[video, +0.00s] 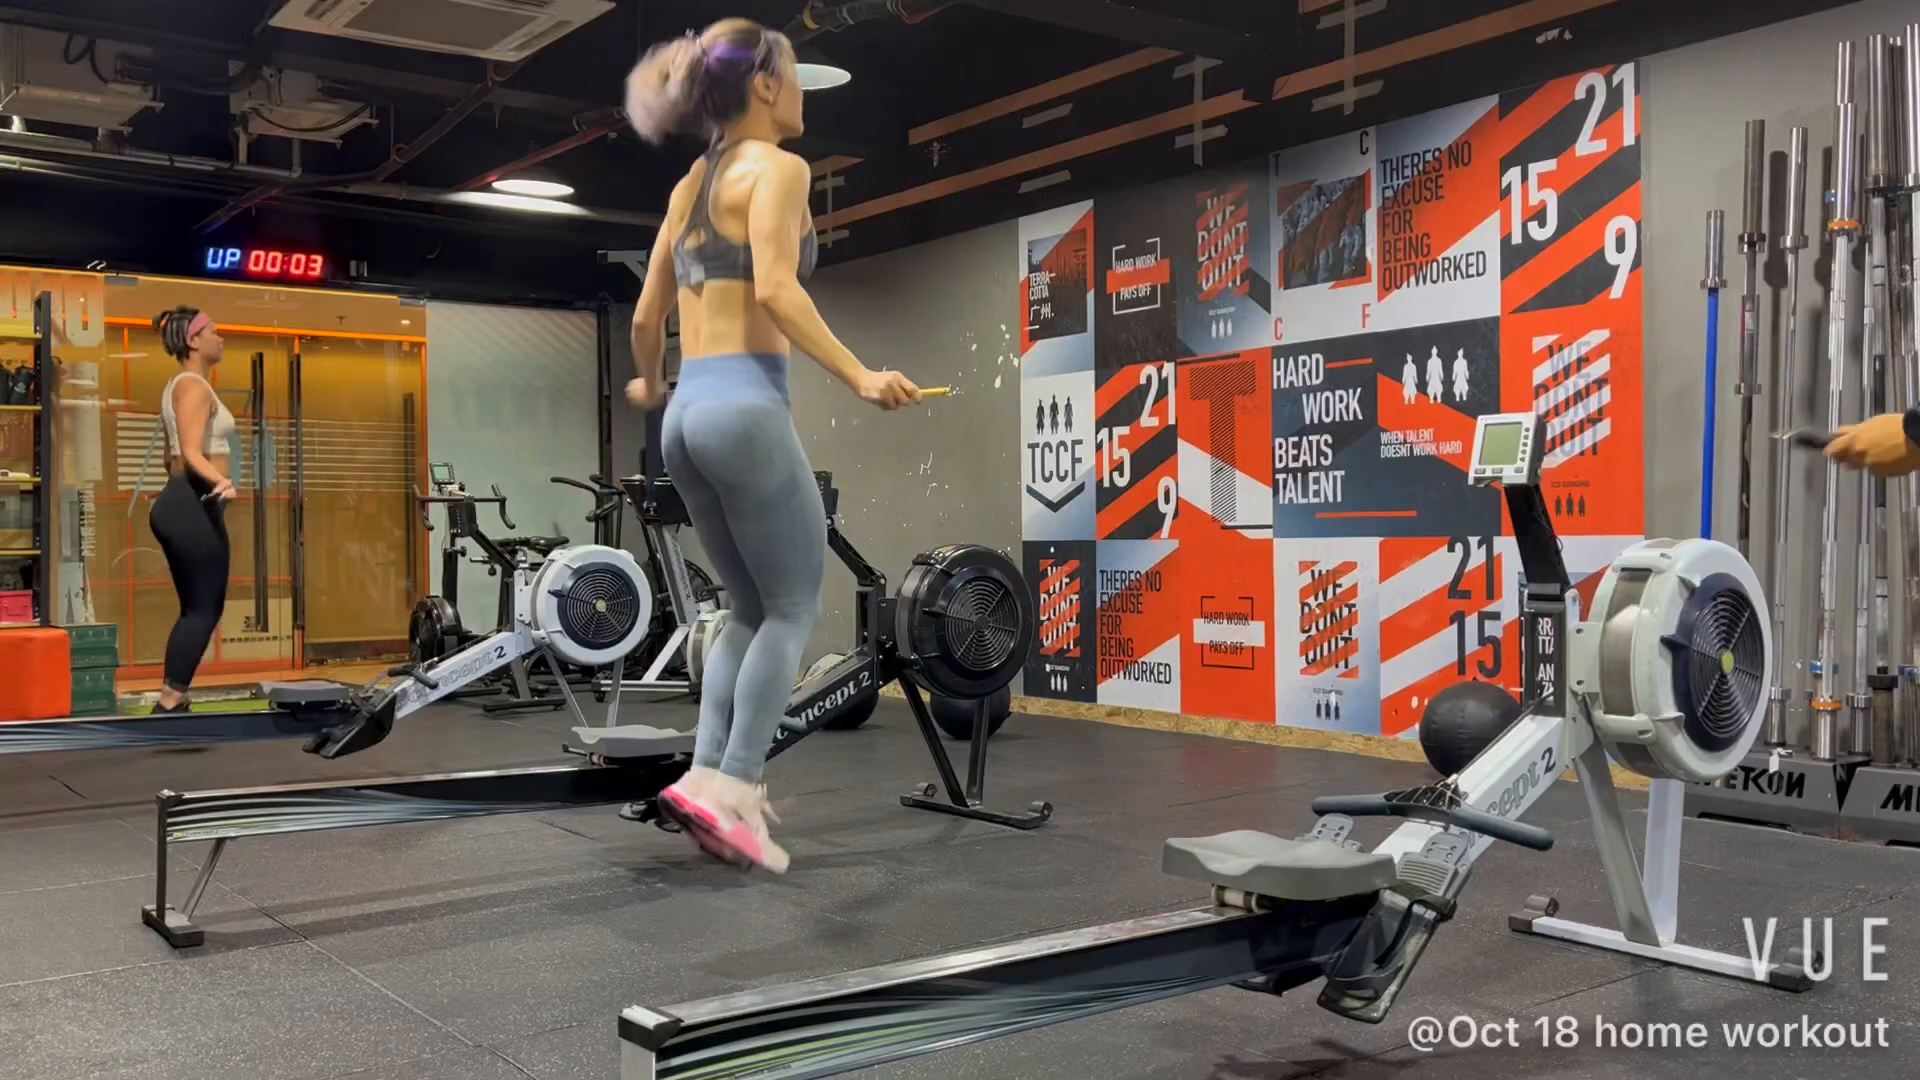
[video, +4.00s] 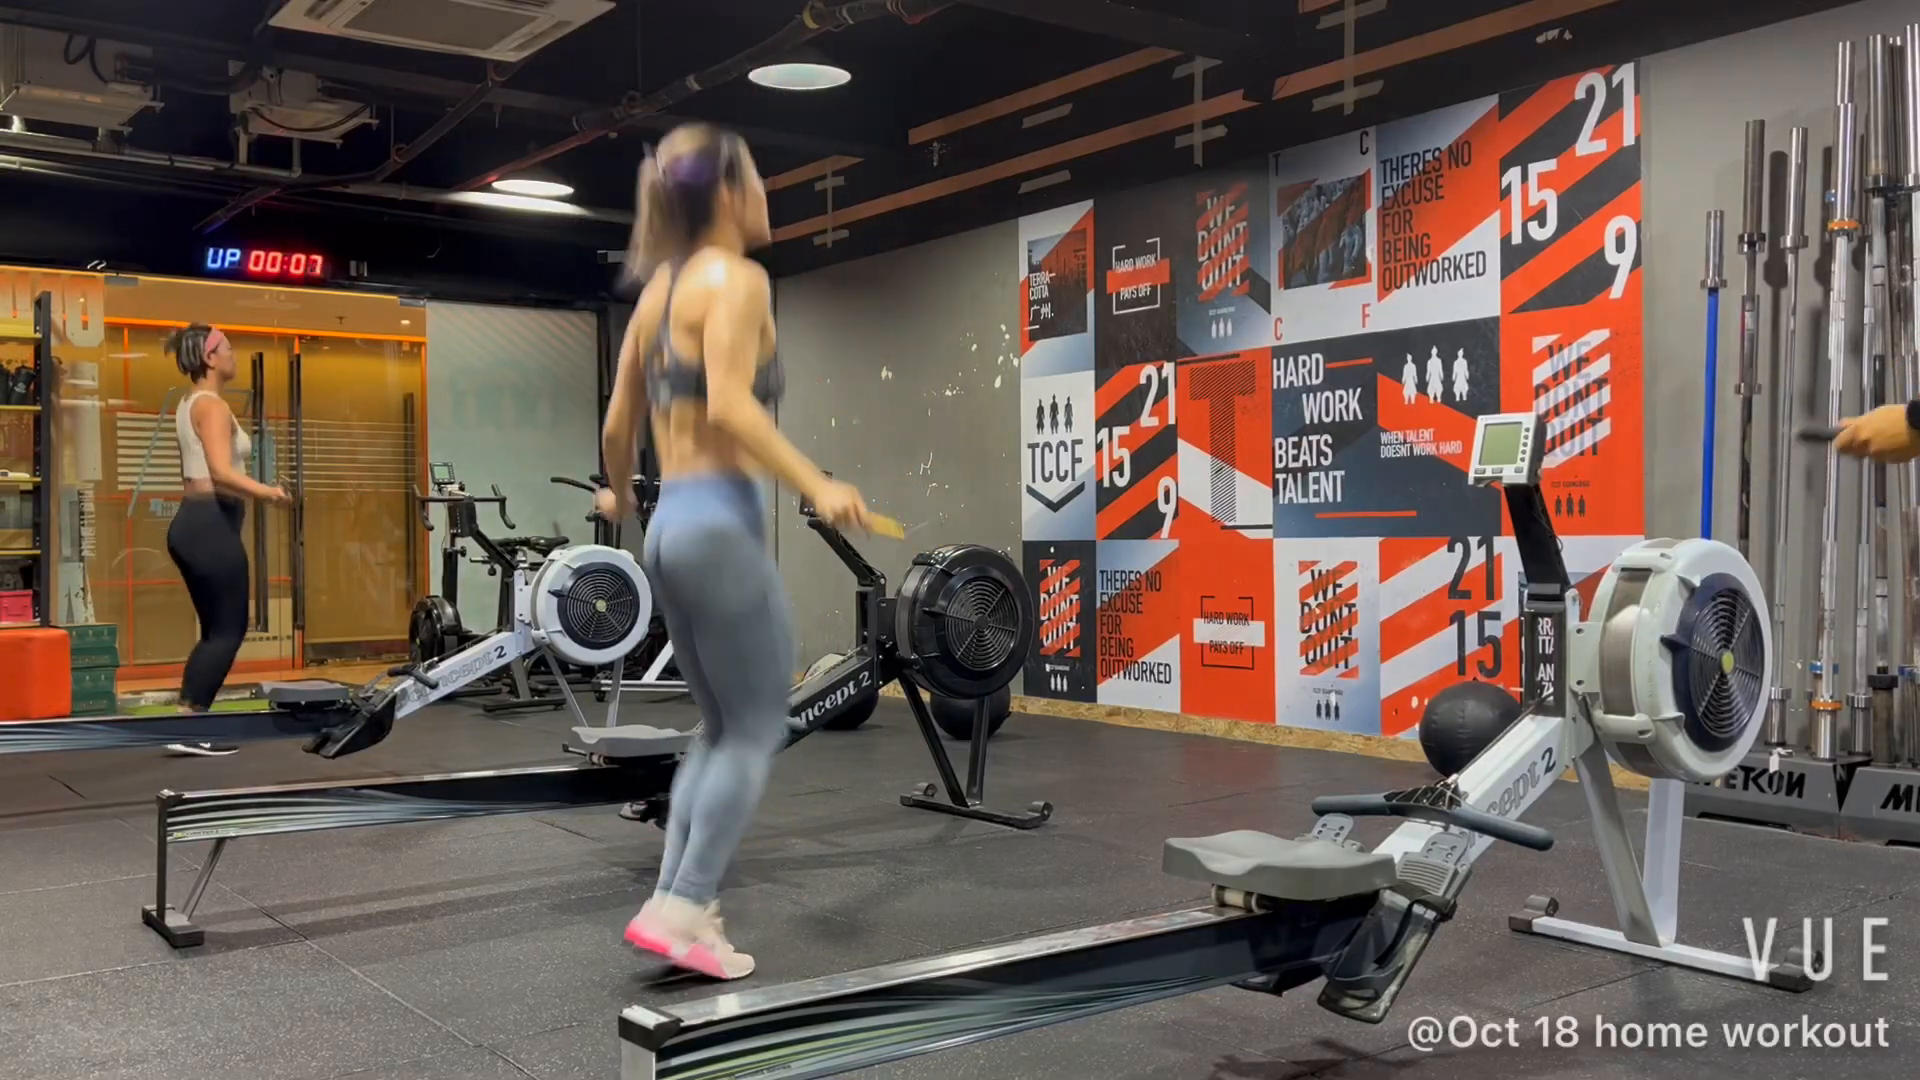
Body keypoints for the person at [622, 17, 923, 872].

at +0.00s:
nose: (801, 93)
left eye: (794, 79)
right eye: (792, 79)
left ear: (730, 94)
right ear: (765, 85)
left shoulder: (691, 183)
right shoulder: (779, 167)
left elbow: (649, 311)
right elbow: (776, 289)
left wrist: (648, 379)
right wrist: (861, 373)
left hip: (681, 412)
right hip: (743, 407)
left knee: (746, 610)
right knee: (791, 609)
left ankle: (711, 783)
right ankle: (733, 785)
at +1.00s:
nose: (776, 225)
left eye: (768, 210)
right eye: (765, 211)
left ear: (704, 230)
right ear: (740, 225)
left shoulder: (666, 320)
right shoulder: (749, 310)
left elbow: (623, 452)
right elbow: (743, 437)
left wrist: (659, 512)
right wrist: (837, 506)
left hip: (664, 553)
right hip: (721, 550)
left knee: (724, 746)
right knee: (767, 745)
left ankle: (666, 913)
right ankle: (685, 915)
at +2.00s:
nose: (773, 144)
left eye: (768, 128)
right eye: (763, 130)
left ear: (705, 146)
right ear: (733, 141)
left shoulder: (664, 240)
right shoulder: (746, 223)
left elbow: (609, 358)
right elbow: (730, 343)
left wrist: (559, 440)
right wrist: (805, 425)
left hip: (659, 465)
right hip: (717, 462)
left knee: (702, 671)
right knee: (739, 672)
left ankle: (681, 847)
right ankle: (714, 862)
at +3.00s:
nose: (769, 91)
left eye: (763, 75)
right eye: (760, 75)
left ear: (701, 90)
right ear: (732, 81)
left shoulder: (660, 178)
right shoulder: (747, 164)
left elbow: (615, 307)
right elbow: (735, 283)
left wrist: (630, 380)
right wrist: (816, 373)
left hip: (652, 409)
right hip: (711, 402)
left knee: (705, 614)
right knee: (754, 608)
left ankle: (683, 786)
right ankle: (704, 792)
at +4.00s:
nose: (765, 192)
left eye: (757, 177)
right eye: (754, 178)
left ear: (690, 198)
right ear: (729, 192)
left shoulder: (660, 289)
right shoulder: (737, 279)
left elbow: (622, 406)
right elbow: (730, 406)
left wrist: (614, 485)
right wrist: (817, 483)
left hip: (668, 521)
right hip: (715, 518)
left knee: (720, 723)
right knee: (757, 721)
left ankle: (679, 905)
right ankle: (685, 909)